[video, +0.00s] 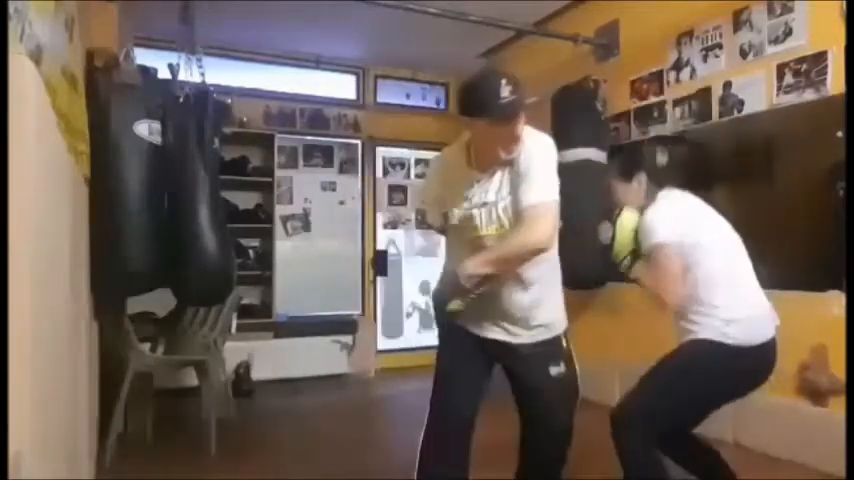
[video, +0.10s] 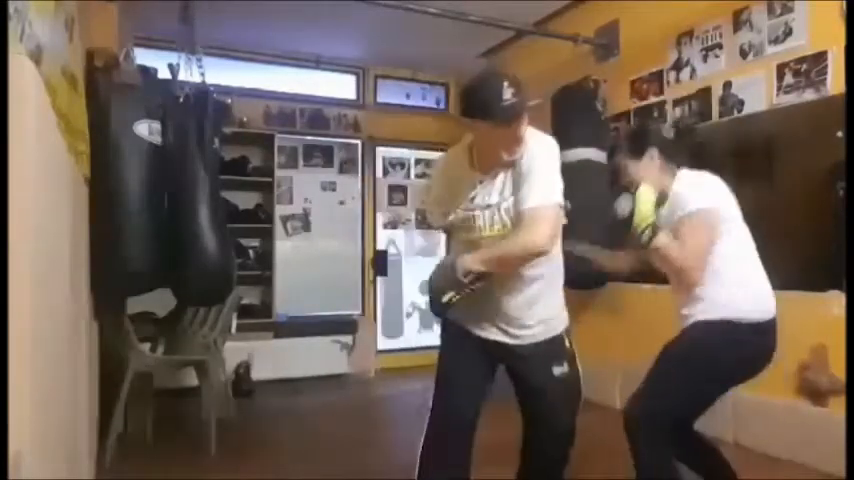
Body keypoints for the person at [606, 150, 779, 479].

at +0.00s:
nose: (615, 198)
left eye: (617, 187)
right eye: (612, 188)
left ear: (639, 180)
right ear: (645, 181)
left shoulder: (659, 214)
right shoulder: (684, 202)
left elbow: (671, 294)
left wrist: (633, 264)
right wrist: (638, 256)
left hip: (724, 347)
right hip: (754, 345)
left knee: (629, 420)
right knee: (665, 427)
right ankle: (720, 473)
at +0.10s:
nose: (626, 182)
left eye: (627, 170)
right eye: (622, 173)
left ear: (652, 157)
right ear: (651, 160)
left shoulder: (698, 188)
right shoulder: (672, 201)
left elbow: (690, 272)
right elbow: (637, 263)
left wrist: (652, 231)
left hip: (730, 328)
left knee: (644, 417)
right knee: (669, 424)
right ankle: (722, 473)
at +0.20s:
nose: (628, 169)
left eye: (632, 158)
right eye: (624, 162)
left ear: (660, 149)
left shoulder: (702, 181)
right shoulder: (661, 199)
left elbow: (689, 263)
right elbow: (602, 233)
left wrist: (649, 218)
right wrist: (548, 210)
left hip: (742, 315)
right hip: (719, 317)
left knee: (663, 414)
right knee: (666, 416)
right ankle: (720, 471)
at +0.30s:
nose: (627, 172)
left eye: (629, 161)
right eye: (623, 165)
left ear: (656, 150)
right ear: (656, 153)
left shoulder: (686, 183)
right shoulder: (686, 183)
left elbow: (675, 266)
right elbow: (679, 255)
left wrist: (643, 218)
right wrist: (638, 249)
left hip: (736, 317)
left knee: (661, 414)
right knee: (676, 416)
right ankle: (728, 473)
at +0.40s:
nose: (618, 187)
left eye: (621, 176)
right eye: (615, 179)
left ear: (645, 168)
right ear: (648, 170)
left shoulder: (665, 200)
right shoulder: (685, 191)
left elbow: (656, 278)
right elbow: (692, 278)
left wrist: (626, 236)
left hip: (737, 325)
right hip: (766, 322)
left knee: (658, 417)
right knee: (686, 420)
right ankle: (730, 473)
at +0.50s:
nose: (616, 220)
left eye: (617, 210)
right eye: (613, 212)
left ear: (633, 204)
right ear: (656, 197)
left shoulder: (649, 231)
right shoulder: (688, 219)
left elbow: (642, 311)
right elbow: (678, 307)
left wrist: (617, 276)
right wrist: (632, 268)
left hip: (737, 345)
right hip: (783, 342)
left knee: (652, 422)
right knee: (689, 424)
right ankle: (731, 473)